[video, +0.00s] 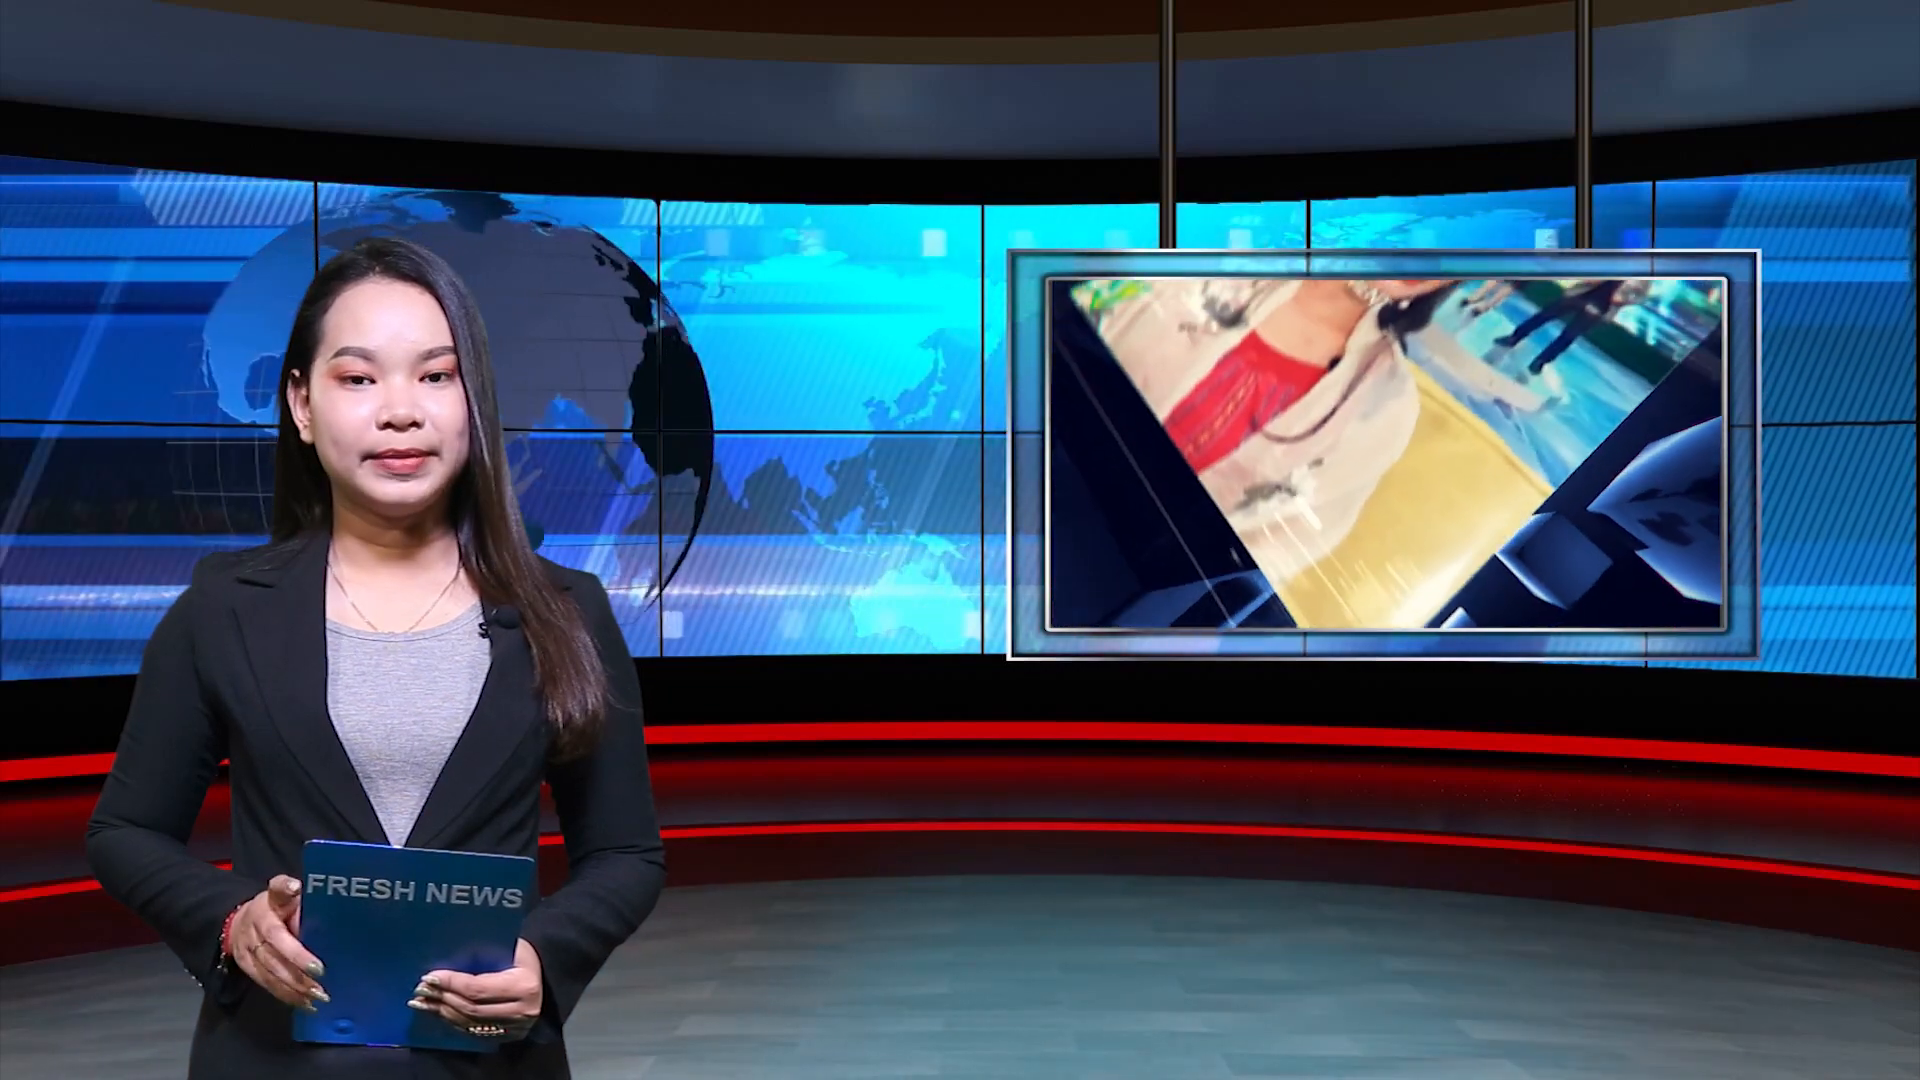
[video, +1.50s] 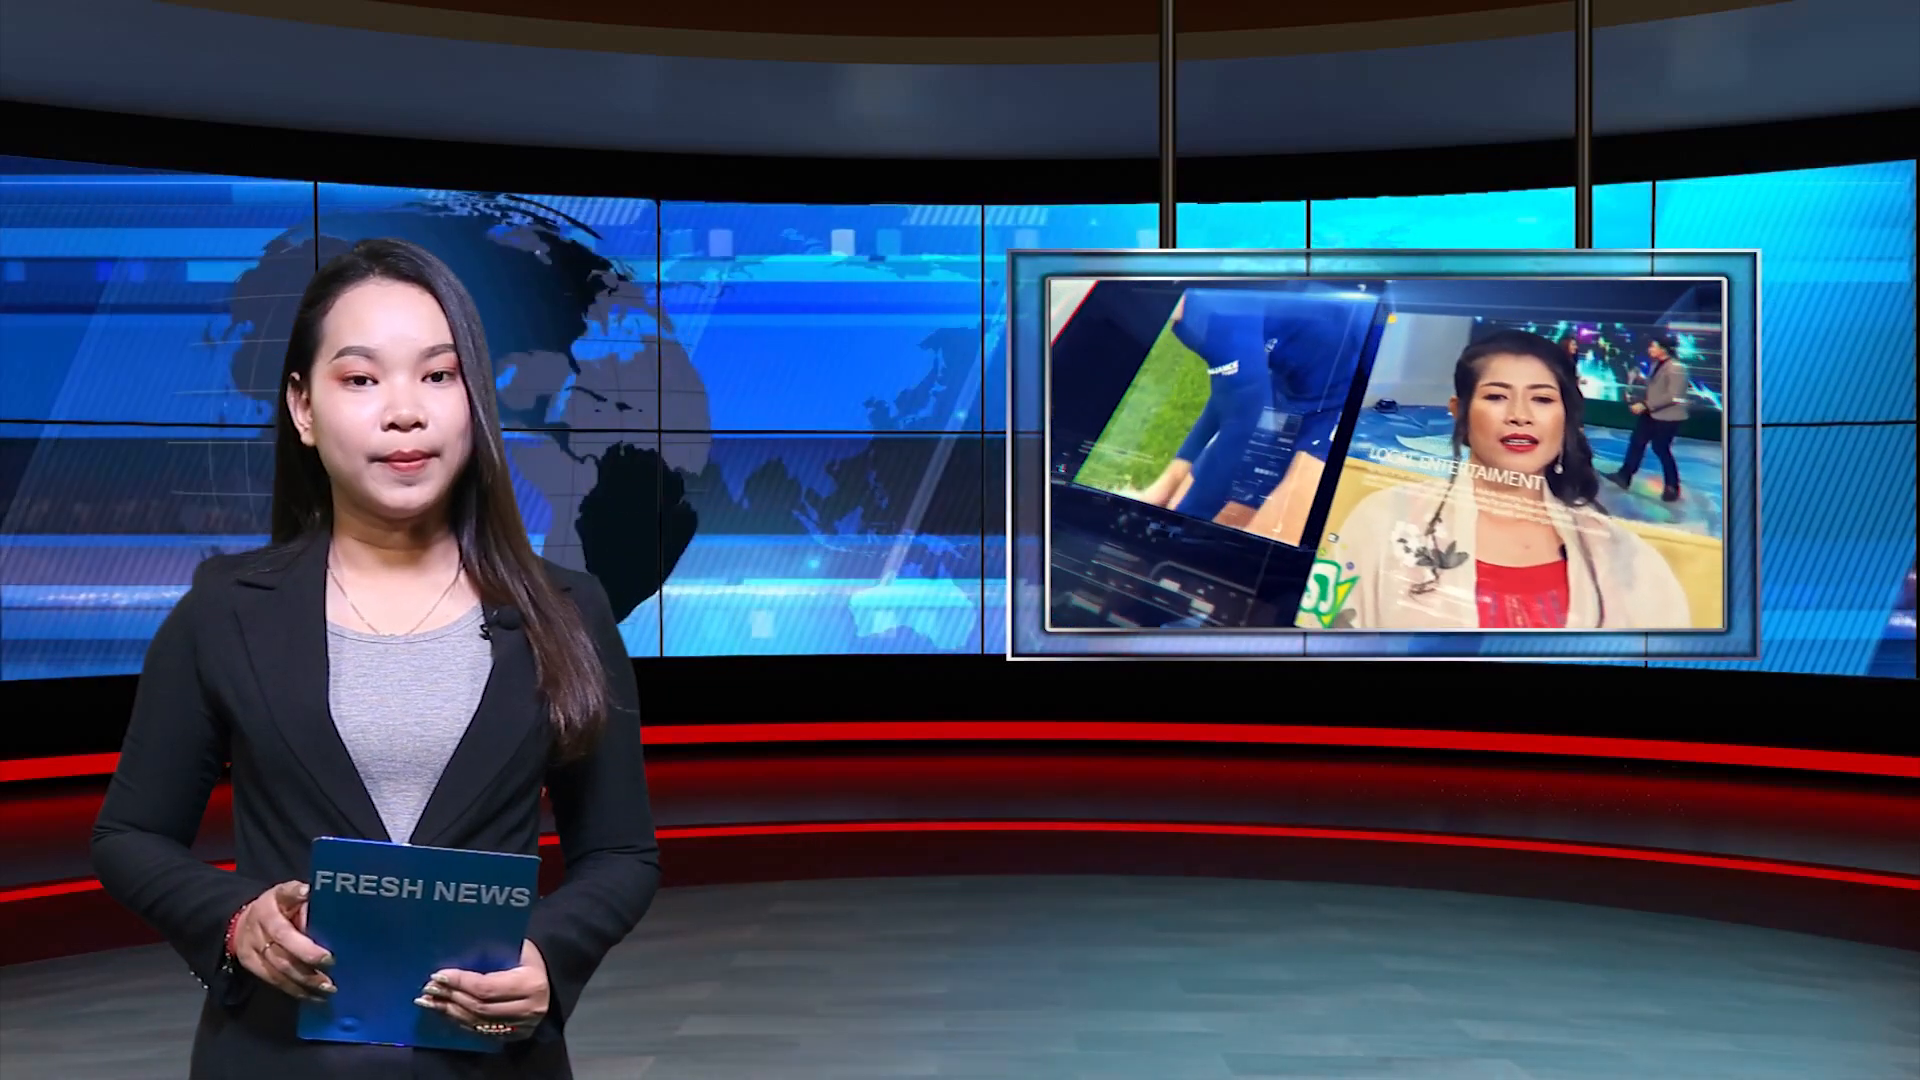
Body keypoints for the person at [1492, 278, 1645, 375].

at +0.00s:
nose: (1626, 297)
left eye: (1632, 297)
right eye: (1628, 291)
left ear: (1635, 299)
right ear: (1626, 283)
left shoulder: (1626, 302)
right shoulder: (1613, 278)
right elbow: (1593, 280)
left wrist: (1605, 315)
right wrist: (1574, 286)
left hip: (1597, 310)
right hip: (1583, 295)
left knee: (1568, 337)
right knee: (1546, 315)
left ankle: (1539, 362)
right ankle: (1514, 338)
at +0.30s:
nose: (1585, 303)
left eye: (1589, 301)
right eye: (1584, 299)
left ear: (1593, 305)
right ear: (1579, 298)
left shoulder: (1594, 319)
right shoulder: (1562, 306)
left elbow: (1602, 336)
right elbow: (1535, 310)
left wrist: (1586, 340)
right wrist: (1547, 317)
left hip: (1559, 352)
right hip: (1539, 343)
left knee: (1544, 383)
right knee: (1517, 368)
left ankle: (1528, 410)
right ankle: (1497, 394)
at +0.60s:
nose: (1575, 320)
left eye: (1579, 317)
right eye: (1573, 316)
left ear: (1585, 321)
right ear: (1570, 317)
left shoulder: (1591, 338)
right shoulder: (1557, 329)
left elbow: (1611, 351)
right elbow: (1539, 347)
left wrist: (1601, 349)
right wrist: (1553, 346)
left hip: (1569, 376)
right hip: (1546, 371)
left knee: (1560, 409)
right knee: (1530, 399)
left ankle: (1552, 439)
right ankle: (1517, 427)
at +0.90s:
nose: (1588, 326)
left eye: (1592, 323)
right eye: (1588, 322)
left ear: (1602, 326)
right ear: (1586, 325)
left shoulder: (1615, 343)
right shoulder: (1579, 340)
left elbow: (1637, 361)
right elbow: (1565, 357)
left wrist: (1625, 360)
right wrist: (1576, 362)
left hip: (1598, 386)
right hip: (1576, 382)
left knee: (1592, 419)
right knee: (1561, 411)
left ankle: (1587, 453)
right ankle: (1551, 443)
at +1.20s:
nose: (1619, 336)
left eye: (1622, 333)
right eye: (1619, 333)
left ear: (1632, 335)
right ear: (1627, 336)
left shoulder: (1649, 355)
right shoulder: (1620, 350)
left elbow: (1663, 377)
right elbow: (1615, 368)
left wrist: (1638, 387)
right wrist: (1609, 373)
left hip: (1637, 401)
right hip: (1616, 395)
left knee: (1633, 436)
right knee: (1603, 428)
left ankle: (1632, 471)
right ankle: (1589, 460)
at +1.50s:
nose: (1649, 350)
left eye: (1653, 347)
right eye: (1650, 346)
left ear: (1663, 349)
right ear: (1659, 350)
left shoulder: (1675, 368)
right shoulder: (1659, 366)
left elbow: (1674, 396)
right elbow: (1657, 392)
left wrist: (1647, 406)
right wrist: (1643, 404)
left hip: (1669, 417)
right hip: (1652, 415)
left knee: (1661, 447)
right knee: (1637, 442)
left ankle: (1672, 486)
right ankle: (1625, 475)